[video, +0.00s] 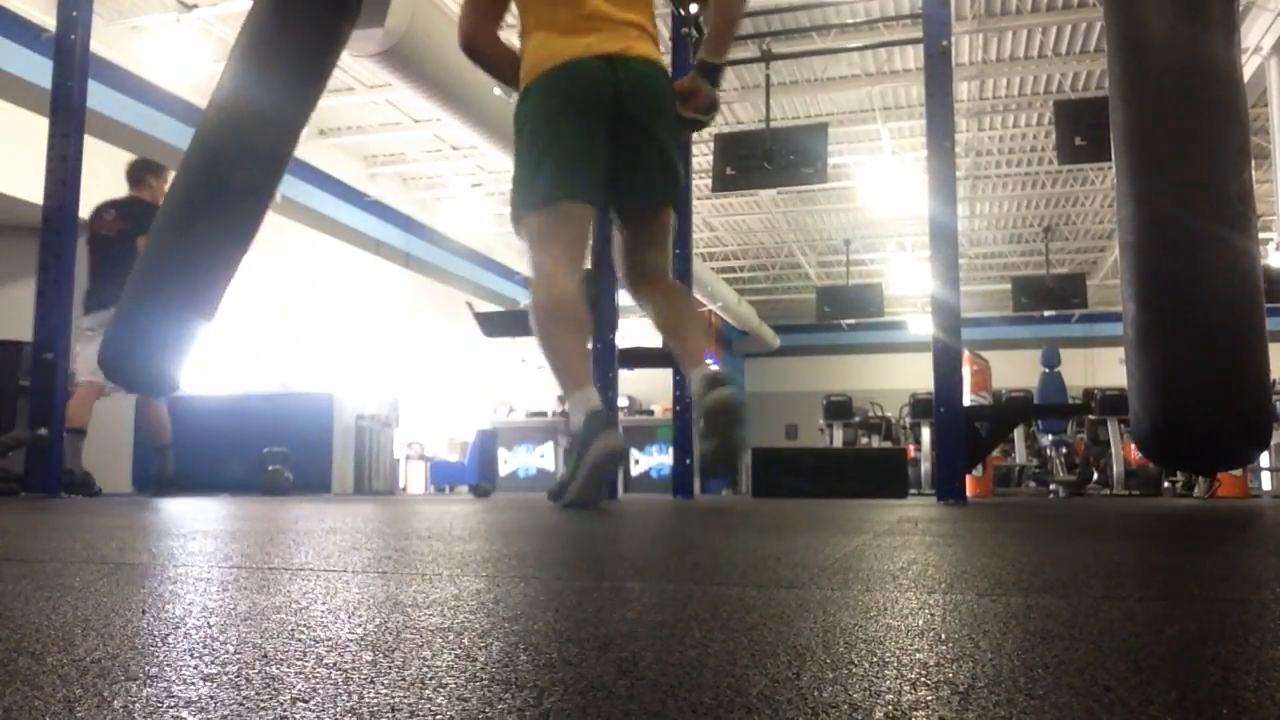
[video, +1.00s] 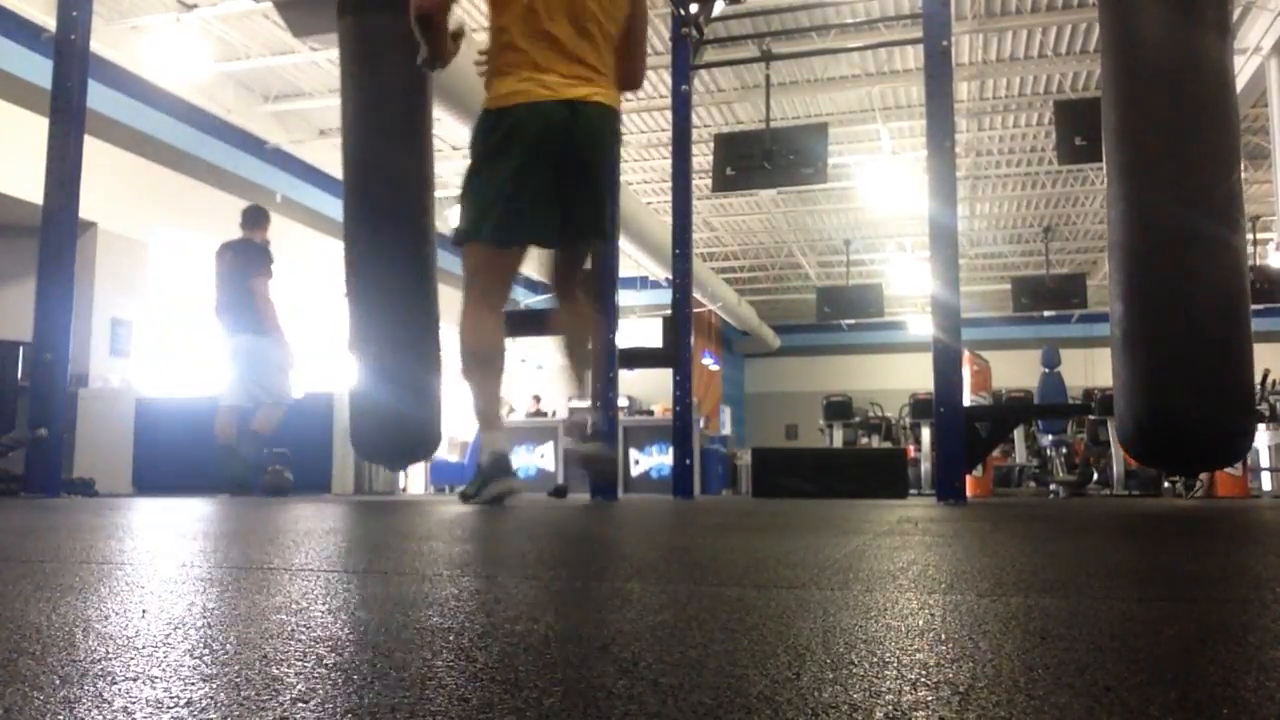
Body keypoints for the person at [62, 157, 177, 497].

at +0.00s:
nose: (164, 190)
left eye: (164, 184)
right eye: (163, 184)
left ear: (131, 180)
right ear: (151, 181)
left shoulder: (102, 210)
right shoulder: (152, 214)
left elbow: (93, 263)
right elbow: (152, 258)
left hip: (96, 311)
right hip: (137, 311)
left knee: (86, 387)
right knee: (152, 392)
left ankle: (70, 468)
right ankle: (166, 471)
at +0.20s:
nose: (188, 198)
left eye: (185, 192)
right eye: (188, 192)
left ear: (159, 190)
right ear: (184, 192)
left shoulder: (133, 221)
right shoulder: (187, 225)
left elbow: (133, 276)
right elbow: (195, 277)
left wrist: (131, 322)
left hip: (138, 326)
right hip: (175, 327)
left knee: (129, 393)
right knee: (174, 401)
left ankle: (95, 444)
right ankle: (170, 475)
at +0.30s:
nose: (202, 202)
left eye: (201, 196)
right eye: (202, 197)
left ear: (171, 194)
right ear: (198, 196)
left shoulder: (145, 223)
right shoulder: (199, 226)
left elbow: (140, 273)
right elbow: (210, 273)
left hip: (149, 321)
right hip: (184, 321)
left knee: (152, 388)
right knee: (180, 393)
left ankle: (126, 436)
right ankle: (171, 474)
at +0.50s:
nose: (220, 210)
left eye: (218, 205)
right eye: (220, 206)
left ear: (192, 203)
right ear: (217, 205)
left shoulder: (172, 229)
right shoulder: (216, 231)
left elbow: (165, 288)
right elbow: (224, 281)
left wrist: (174, 320)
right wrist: (245, 317)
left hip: (176, 311)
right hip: (202, 314)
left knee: (196, 392)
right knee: (190, 389)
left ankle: (191, 464)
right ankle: (171, 464)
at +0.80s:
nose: (245, 227)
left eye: (239, 221)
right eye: (246, 222)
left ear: (221, 219)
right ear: (245, 221)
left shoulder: (204, 246)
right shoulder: (244, 248)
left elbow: (206, 297)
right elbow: (250, 293)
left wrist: (216, 324)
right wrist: (279, 334)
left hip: (214, 331)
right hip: (238, 332)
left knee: (218, 399)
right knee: (232, 400)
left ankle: (226, 468)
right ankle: (194, 456)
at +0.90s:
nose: (256, 230)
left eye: (254, 225)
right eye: (256, 225)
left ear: (231, 223)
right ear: (253, 224)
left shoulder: (215, 249)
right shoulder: (251, 250)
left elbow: (214, 300)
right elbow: (257, 296)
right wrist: (283, 337)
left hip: (225, 338)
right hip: (250, 338)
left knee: (222, 402)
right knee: (260, 400)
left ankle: (223, 472)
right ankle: (221, 442)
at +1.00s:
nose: (265, 233)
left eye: (262, 227)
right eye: (265, 228)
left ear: (242, 224)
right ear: (264, 226)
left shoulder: (224, 250)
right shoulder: (259, 252)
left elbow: (222, 302)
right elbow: (261, 297)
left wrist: (233, 330)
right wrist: (280, 339)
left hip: (234, 335)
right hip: (259, 335)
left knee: (232, 398)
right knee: (277, 398)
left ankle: (228, 464)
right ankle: (249, 452)